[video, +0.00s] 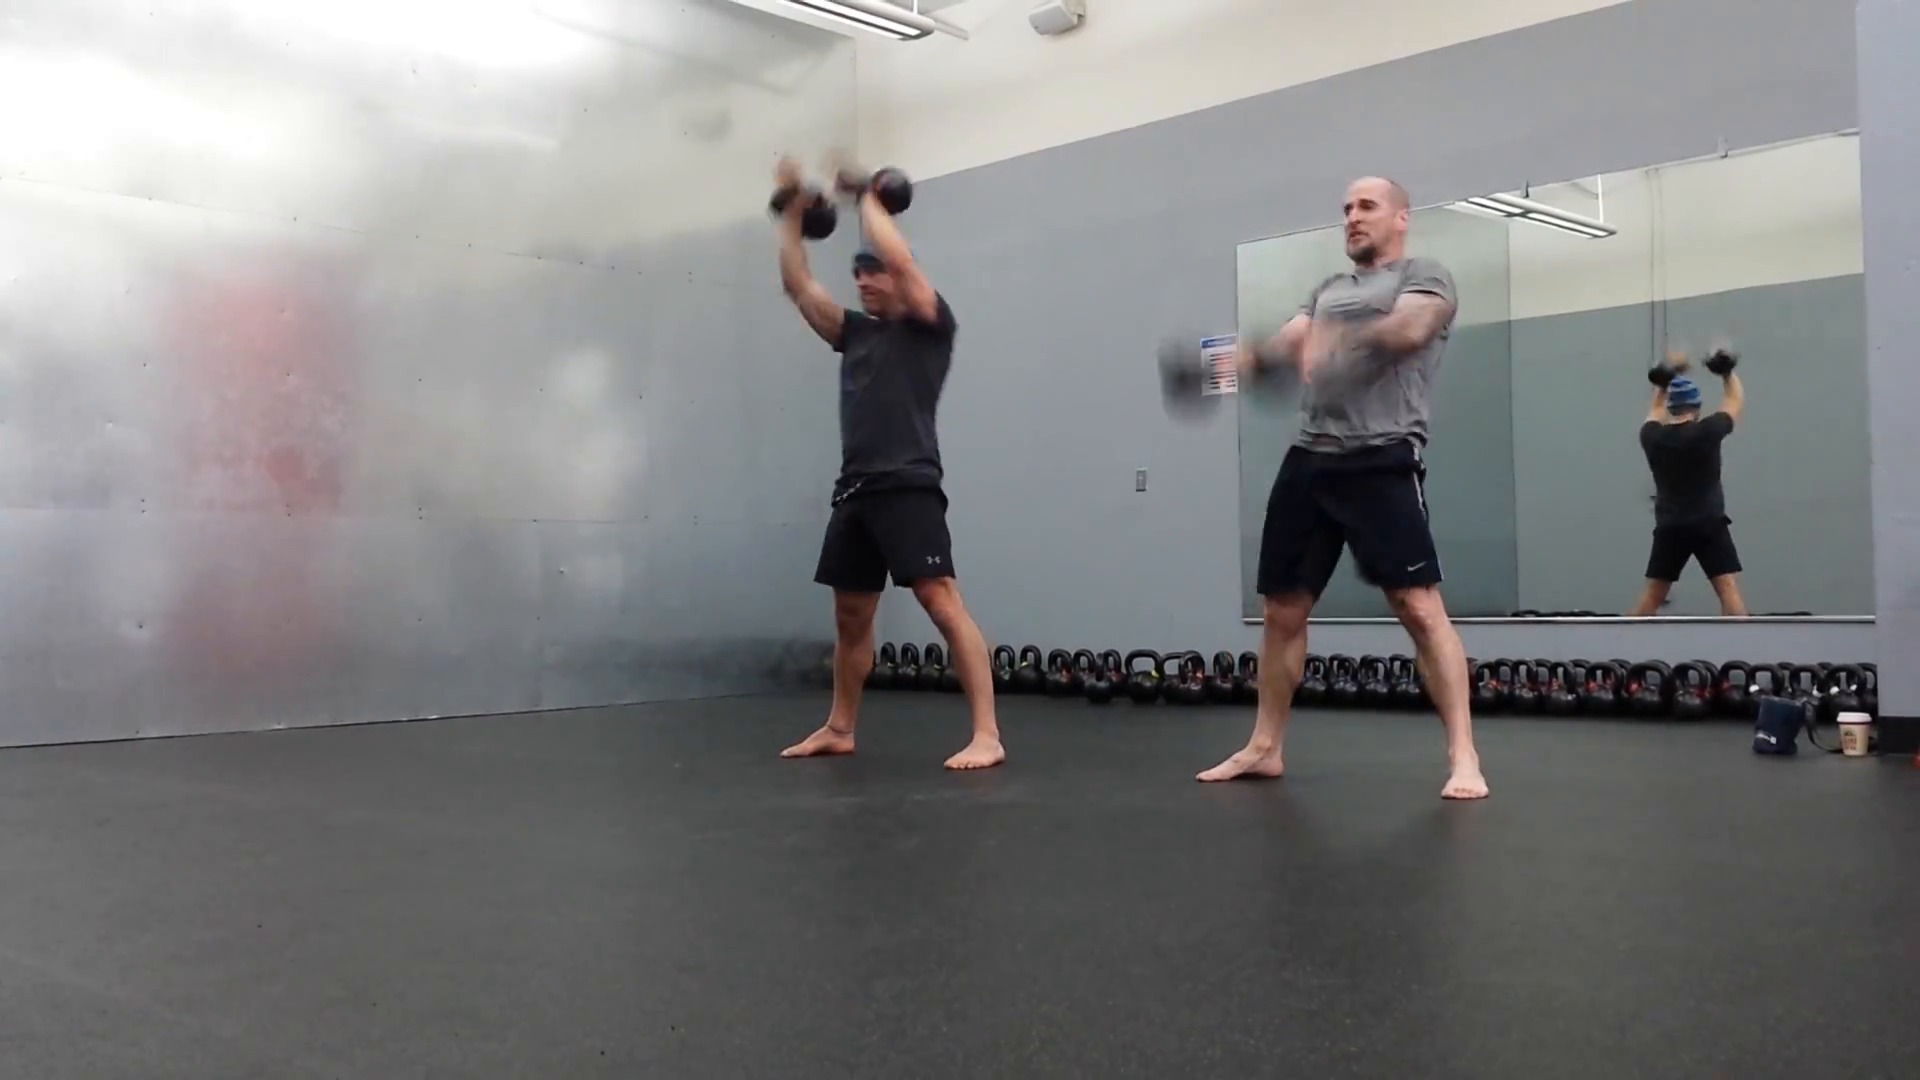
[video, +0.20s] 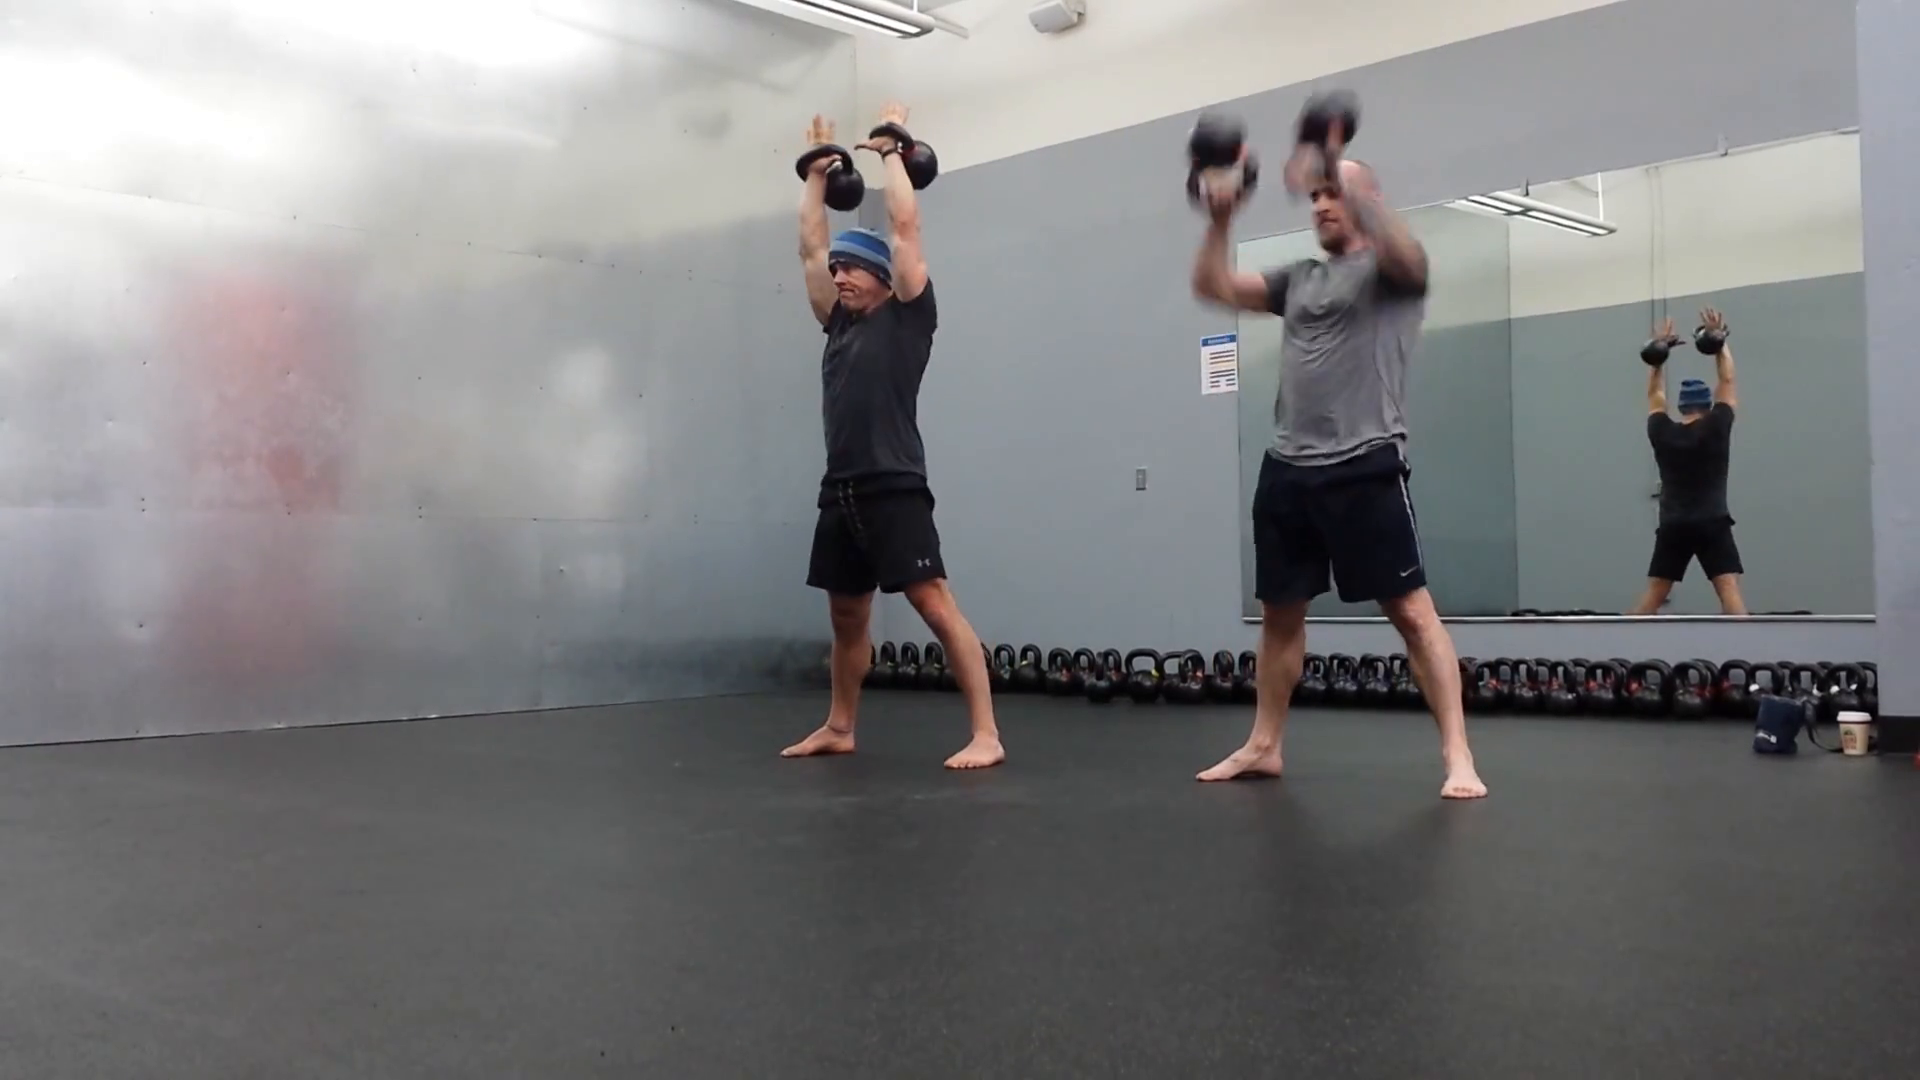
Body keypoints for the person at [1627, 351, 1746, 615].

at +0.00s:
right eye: (1696, 404)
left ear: (1669, 407)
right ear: (1697, 406)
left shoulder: (1652, 437)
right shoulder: (1709, 431)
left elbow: (1656, 408)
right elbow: (1734, 401)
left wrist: (1660, 382)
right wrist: (1727, 371)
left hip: (1670, 528)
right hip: (1708, 525)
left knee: (1652, 597)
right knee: (1728, 593)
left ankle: (1622, 651)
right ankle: (1746, 651)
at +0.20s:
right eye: (1706, 406)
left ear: (1680, 408)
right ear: (1709, 407)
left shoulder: (1662, 433)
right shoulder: (1717, 428)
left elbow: (1654, 392)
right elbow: (1727, 381)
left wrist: (1657, 356)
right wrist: (1719, 340)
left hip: (1673, 524)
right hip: (1712, 522)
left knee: (1653, 596)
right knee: (1729, 592)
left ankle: (1616, 646)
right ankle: (1749, 653)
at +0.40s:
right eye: (1705, 404)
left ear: (1678, 408)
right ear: (1708, 405)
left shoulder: (1663, 435)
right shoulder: (1717, 426)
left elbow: (1653, 392)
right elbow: (1726, 379)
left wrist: (1656, 353)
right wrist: (1717, 337)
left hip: (1676, 524)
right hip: (1714, 520)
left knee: (1656, 594)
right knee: (1731, 592)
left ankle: (1626, 649)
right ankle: (1748, 656)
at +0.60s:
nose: (1702, 410)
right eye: (1703, 406)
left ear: (1677, 411)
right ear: (1707, 408)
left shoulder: (1662, 436)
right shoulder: (1716, 429)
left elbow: (1652, 394)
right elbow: (1727, 382)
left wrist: (1653, 353)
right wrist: (1718, 342)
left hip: (1676, 526)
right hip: (1714, 523)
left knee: (1655, 595)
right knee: (1730, 591)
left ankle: (1628, 651)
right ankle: (1747, 652)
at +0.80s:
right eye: (1697, 405)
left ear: (1673, 411)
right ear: (1702, 407)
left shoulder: (1660, 438)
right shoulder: (1714, 429)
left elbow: (1648, 395)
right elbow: (1736, 385)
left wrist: (1651, 357)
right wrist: (1724, 349)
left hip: (1675, 526)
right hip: (1713, 523)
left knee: (1656, 594)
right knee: (1729, 590)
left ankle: (1628, 650)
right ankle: (1746, 651)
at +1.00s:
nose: (1694, 409)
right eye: (1694, 405)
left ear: (1667, 410)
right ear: (1694, 407)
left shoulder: (1653, 438)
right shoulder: (1712, 431)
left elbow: (1646, 412)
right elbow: (1750, 402)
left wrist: (1649, 379)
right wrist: (1732, 368)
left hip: (1672, 527)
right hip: (1710, 525)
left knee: (1653, 595)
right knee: (1728, 590)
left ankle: (1622, 647)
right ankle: (1748, 648)